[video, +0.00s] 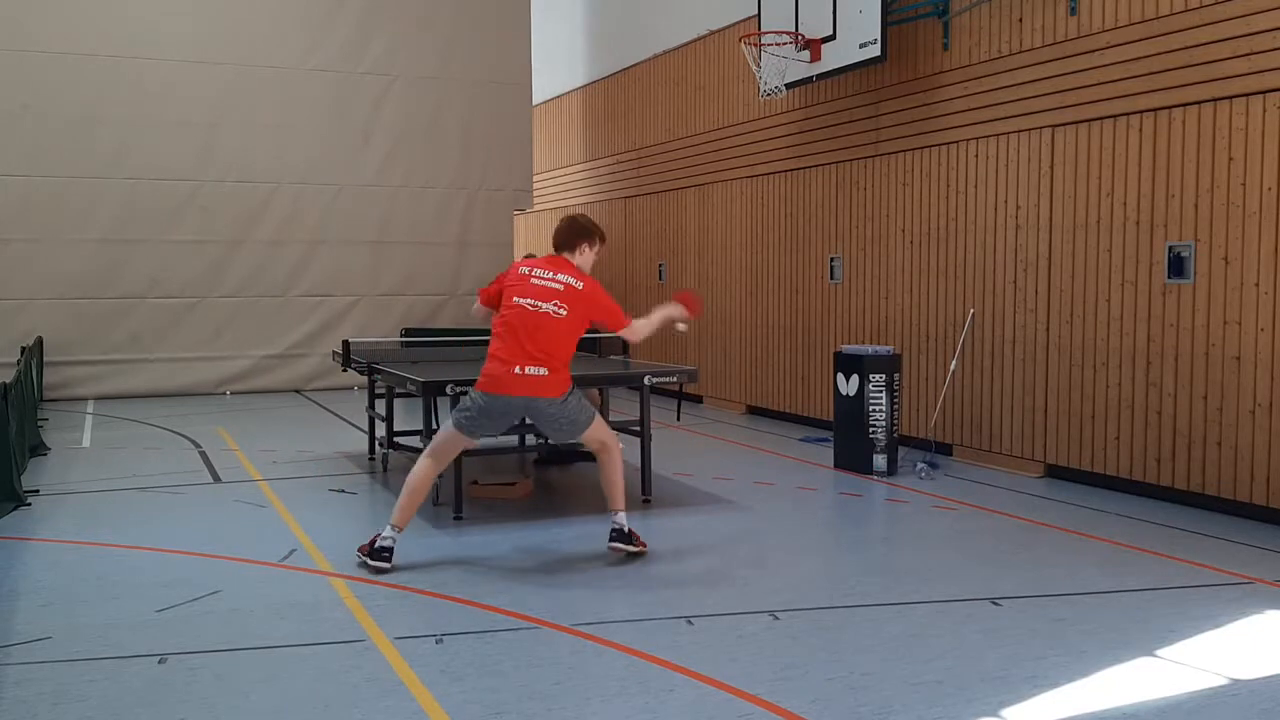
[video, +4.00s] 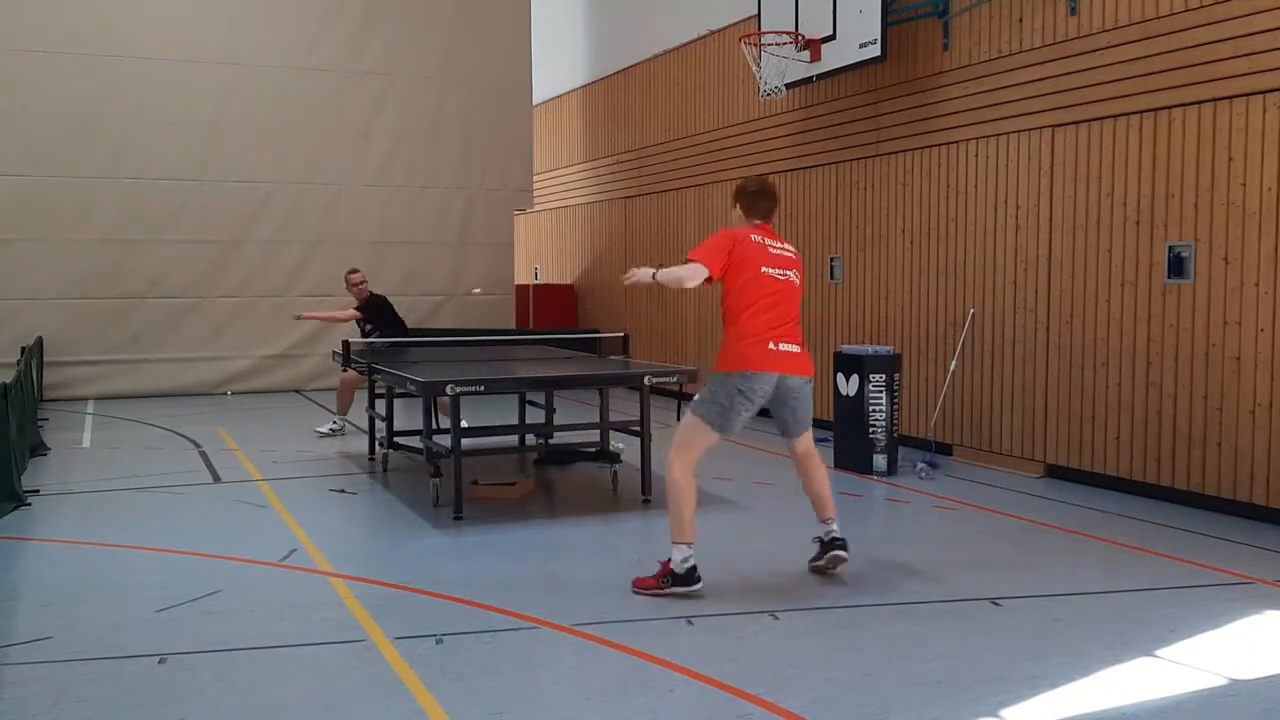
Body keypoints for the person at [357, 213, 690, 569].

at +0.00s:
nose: (596, 262)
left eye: (597, 255)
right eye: (595, 254)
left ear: (560, 246)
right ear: (582, 250)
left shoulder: (520, 269)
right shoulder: (585, 286)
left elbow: (481, 309)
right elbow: (634, 333)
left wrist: (523, 309)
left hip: (494, 390)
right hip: (550, 395)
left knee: (434, 458)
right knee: (607, 444)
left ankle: (386, 540)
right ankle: (621, 527)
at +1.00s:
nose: (442, 261)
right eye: (443, 254)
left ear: (404, 258)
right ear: (441, 258)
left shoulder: (387, 290)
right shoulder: (459, 288)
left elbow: (342, 344)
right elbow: (513, 312)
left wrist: (363, 360)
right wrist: (515, 304)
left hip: (400, 408)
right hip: (460, 406)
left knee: (338, 460)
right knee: (521, 462)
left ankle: (309, 547)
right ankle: (558, 542)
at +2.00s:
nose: (549, 255)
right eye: (549, 250)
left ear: (513, 245)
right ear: (545, 250)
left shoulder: (478, 272)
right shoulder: (544, 285)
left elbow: (451, 305)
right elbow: (549, 350)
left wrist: (491, 320)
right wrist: (585, 389)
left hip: (459, 387)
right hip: (515, 388)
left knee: (411, 457)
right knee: (579, 452)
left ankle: (370, 539)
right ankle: (616, 536)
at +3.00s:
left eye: (701, 236)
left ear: (701, 236)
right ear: (738, 239)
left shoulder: (678, 264)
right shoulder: (753, 277)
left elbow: (637, 320)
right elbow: (768, 348)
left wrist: (662, 327)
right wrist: (773, 377)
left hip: (671, 375)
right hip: (728, 380)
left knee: (624, 449)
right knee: (770, 460)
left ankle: (586, 537)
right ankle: (798, 543)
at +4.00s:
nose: (733, 213)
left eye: (734, 208)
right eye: (737, 208)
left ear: (739, 210)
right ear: (774, 212)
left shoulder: (732, 239)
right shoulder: (791, 252)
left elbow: (691, 276)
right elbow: (787, 303)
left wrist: (650, 274)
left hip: (748, 366)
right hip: (797, 370)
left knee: (681, 457)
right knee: (806, 451)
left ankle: (682, 565)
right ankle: (833, 537)